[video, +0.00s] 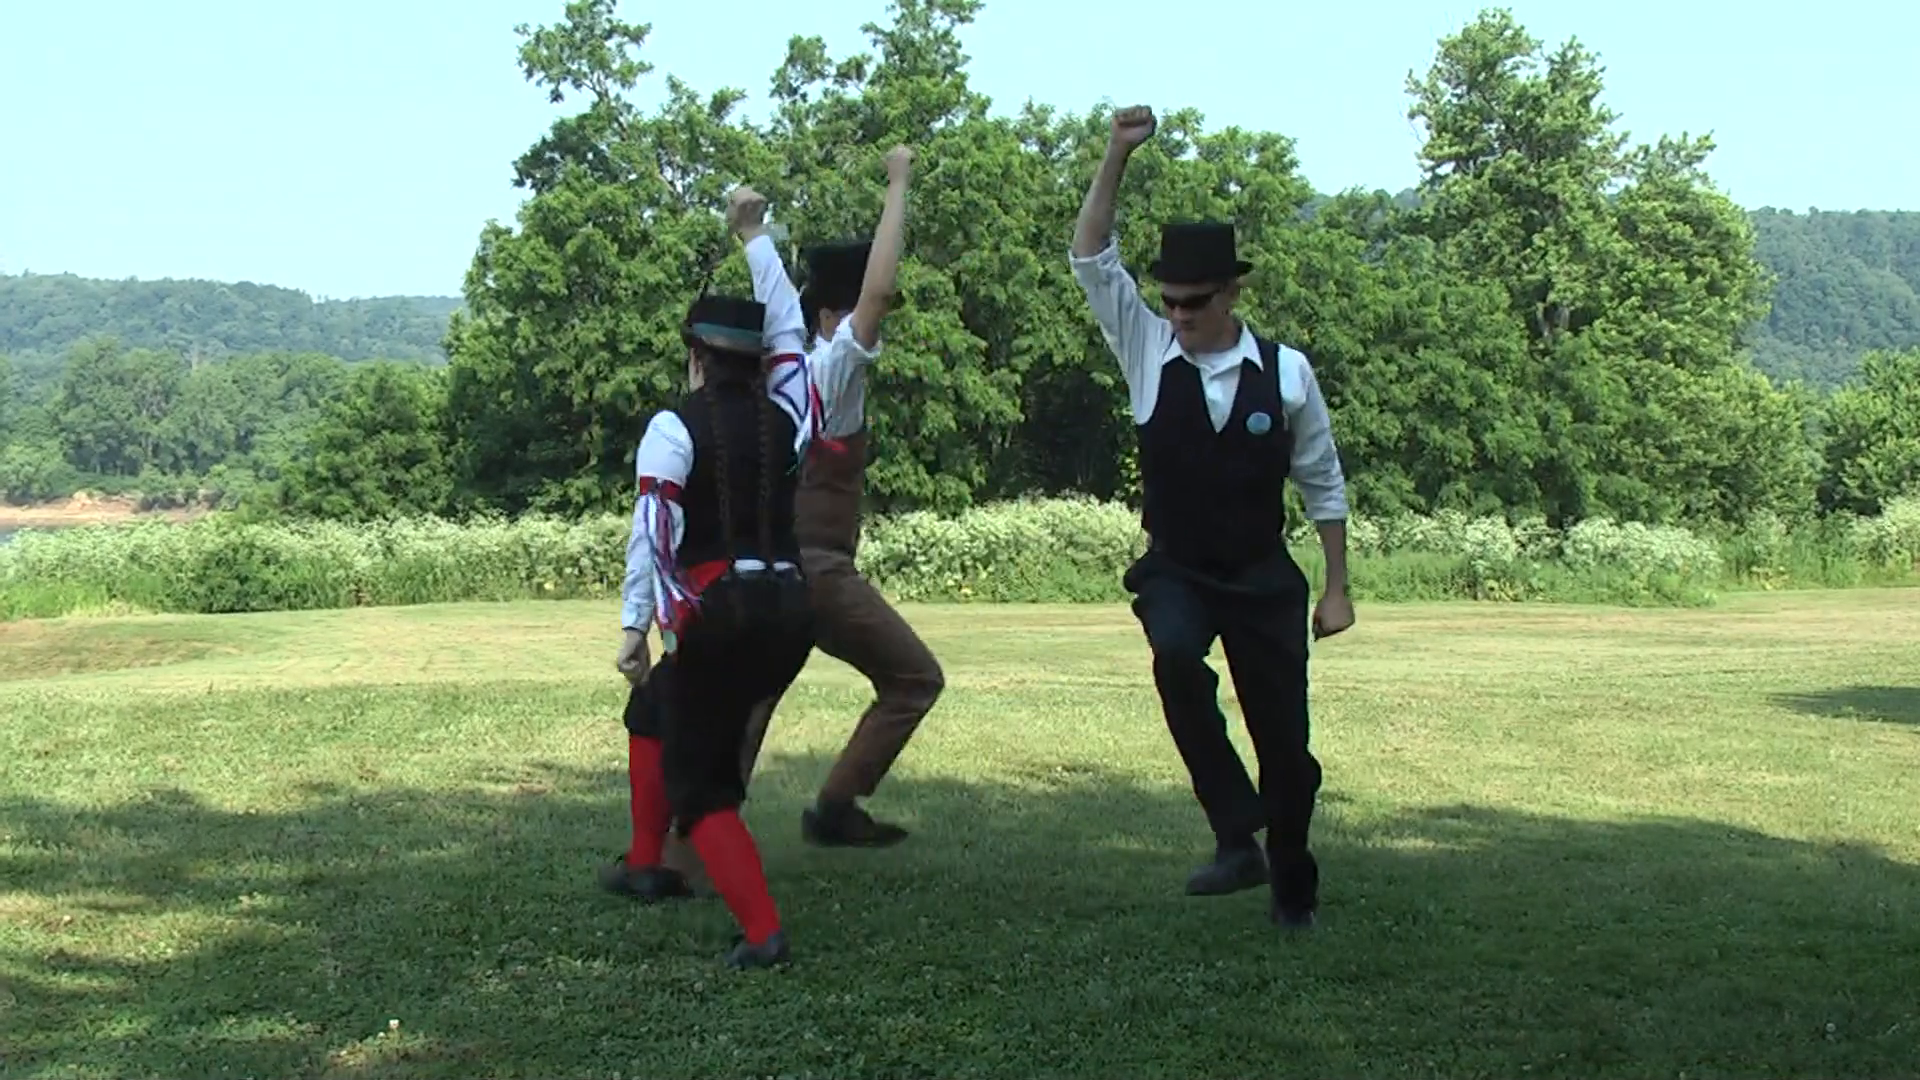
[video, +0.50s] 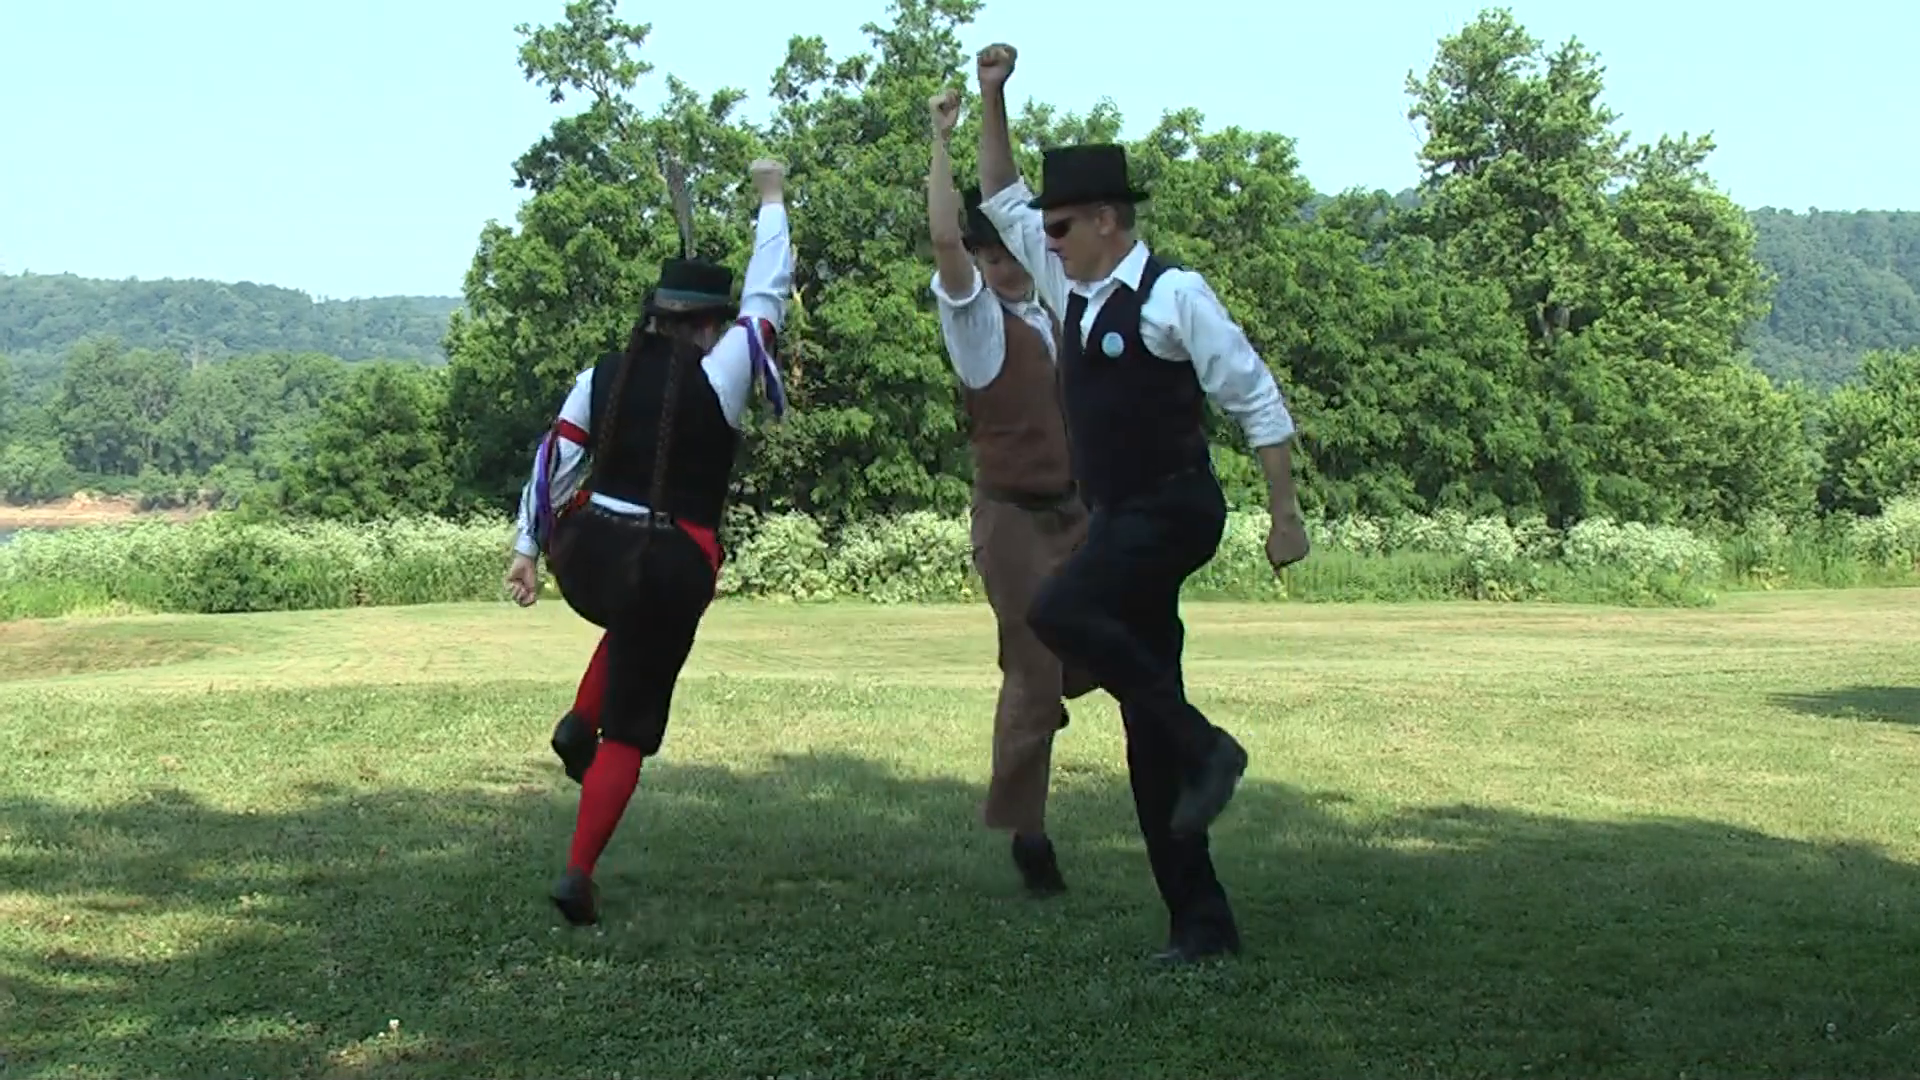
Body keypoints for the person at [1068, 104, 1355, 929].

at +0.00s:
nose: (1181, 318)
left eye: (1195, 305)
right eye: (1171, 305)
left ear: (1232, 293)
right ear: (1160, 296)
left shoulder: (1286, 374)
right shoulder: (1147, 347)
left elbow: (1323, 479)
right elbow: (1091, 258)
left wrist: (1336, 581)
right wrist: (1115, 152)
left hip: (1260, 577)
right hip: (1176, 573)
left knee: (1285, 747)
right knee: (1175, 662)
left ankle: (1293, 888)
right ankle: (1236, 838)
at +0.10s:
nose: (1157, 300)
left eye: (1171, 286)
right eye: (1148, 288)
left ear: (1211, 275)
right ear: (1139, 282)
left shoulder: (1272, 354)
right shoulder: (1132, 335)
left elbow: (1318, 460)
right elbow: (1073, 243)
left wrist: (1333, 561)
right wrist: (1094, 140)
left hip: (1257, 571)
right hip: (1170, 568)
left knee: (1277, 743)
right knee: (1155, 676)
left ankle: (1295, 880)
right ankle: (1214, 868)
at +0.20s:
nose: (1125, 293)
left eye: (1138, 280)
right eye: (1118, 281)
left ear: (1186, 268)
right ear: (1113, 277)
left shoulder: (1249, 347)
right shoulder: (1109, 332)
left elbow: (1304, 456)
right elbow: (1045, 238)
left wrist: (1319, 566)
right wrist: (1061, 140)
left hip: (1246, 573)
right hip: (1155, 578)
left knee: (1290, 739)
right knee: (1167, 742)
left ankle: (1315, 871)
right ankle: (1197, 921)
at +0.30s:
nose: (1095, 301)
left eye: (1107, 288)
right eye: (1091, 289)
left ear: (1157, 279)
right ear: (1096, 291)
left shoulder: (1223, 356)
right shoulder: (1095, 344)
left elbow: (1289, 461)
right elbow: (1023, 252)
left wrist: (1310, 574)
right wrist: (1029, 150)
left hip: (1224, 588)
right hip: (1139, 593)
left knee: (1249, 754)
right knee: (1156, 761)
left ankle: (1318, 813)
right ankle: (1198, 925)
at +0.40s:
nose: (1075, 277)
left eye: (1087, 261)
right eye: (1074, 262)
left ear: (1135, 262)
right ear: (1090, 271)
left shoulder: (1202, 337)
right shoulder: (1082, 326)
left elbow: (1276, 437)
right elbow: (1015, 243)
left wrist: (1303, 555)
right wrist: (1004, 137)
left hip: (1201, 557)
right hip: (1124, 564)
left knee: (1152, 698)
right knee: (1144, 743)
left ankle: (1273, 782)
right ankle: (1199, 924)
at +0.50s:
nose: (1053, 242)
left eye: (1065, 225)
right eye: (1051, 228)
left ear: (1111, 221)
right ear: (1068, 229)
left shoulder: (1179, 296)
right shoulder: (1069, 293)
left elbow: (1256, 395)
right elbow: (1011, 207)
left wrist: (1284, 506)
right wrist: (993, 101)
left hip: (1173, 511)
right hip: (1115, 521)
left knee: (1058, 608)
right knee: (1153, 729)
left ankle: (1203, 750)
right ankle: (1200, 920)